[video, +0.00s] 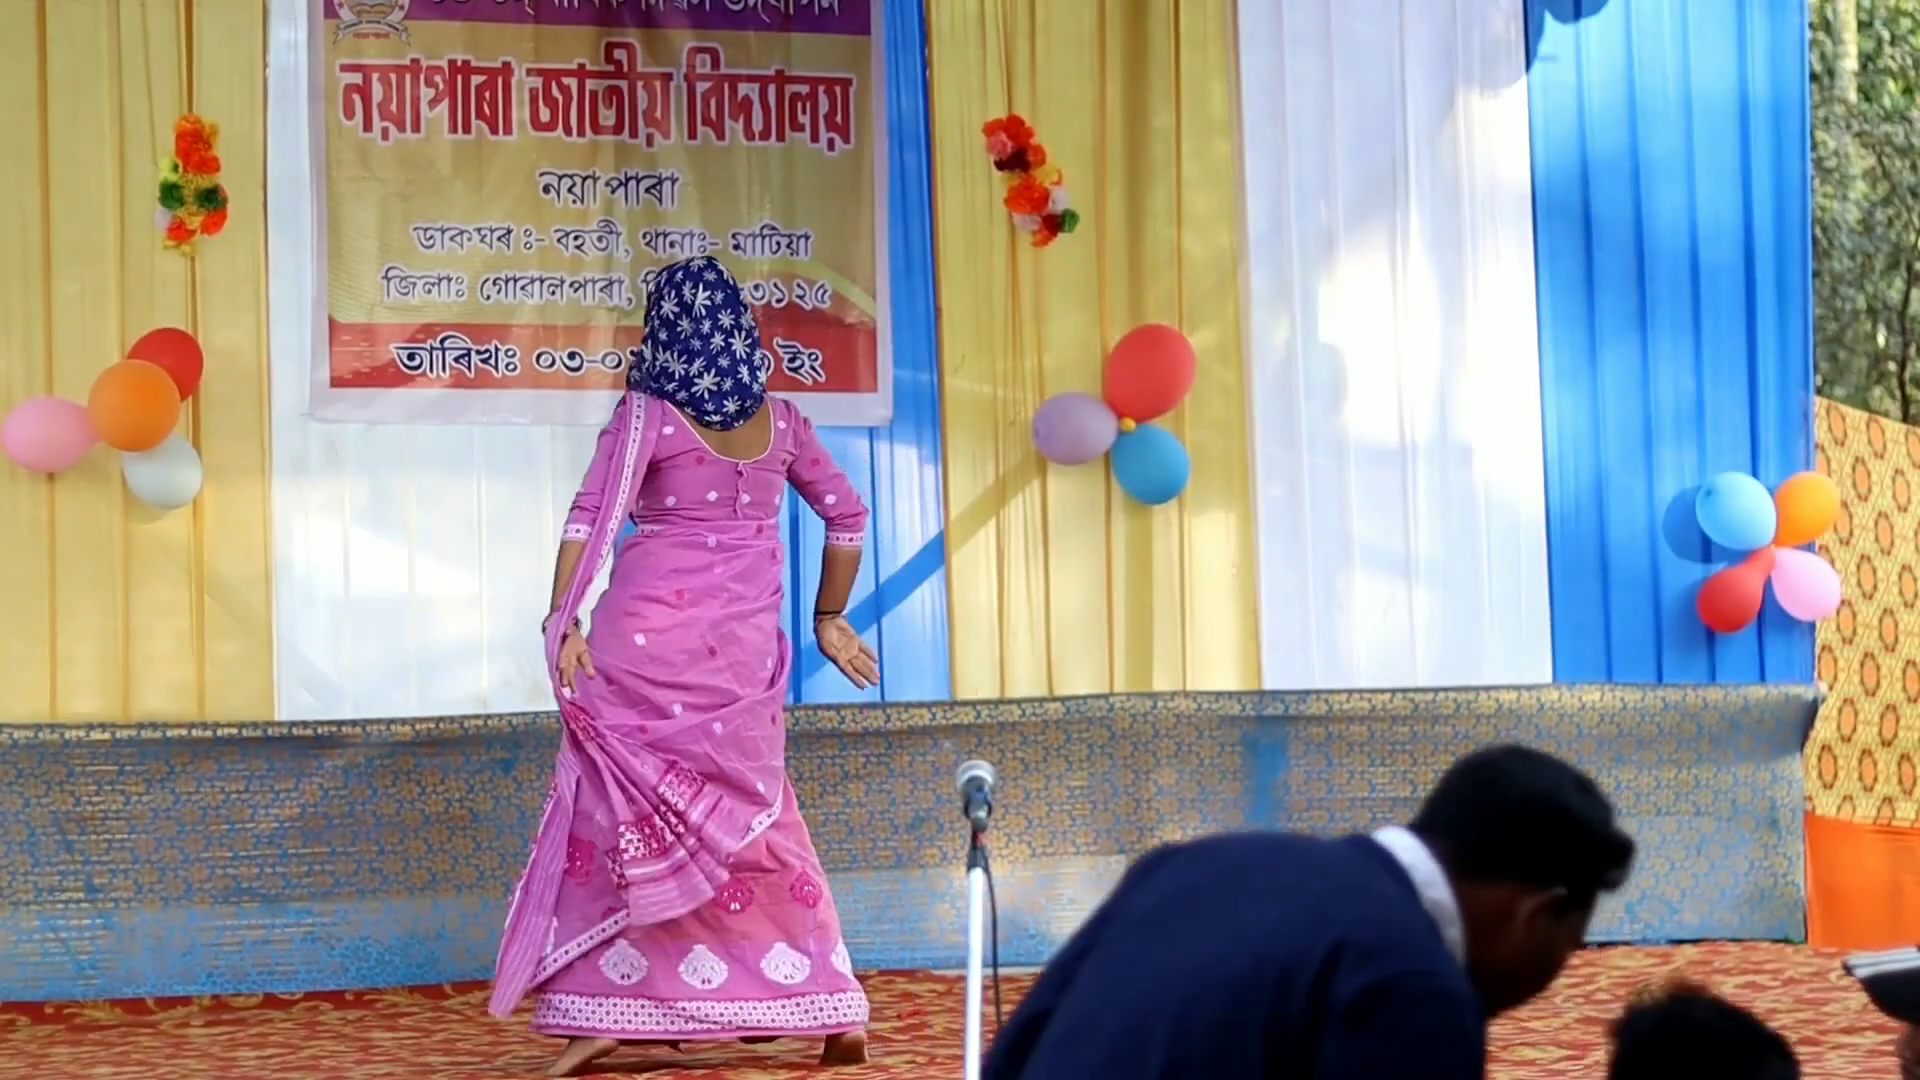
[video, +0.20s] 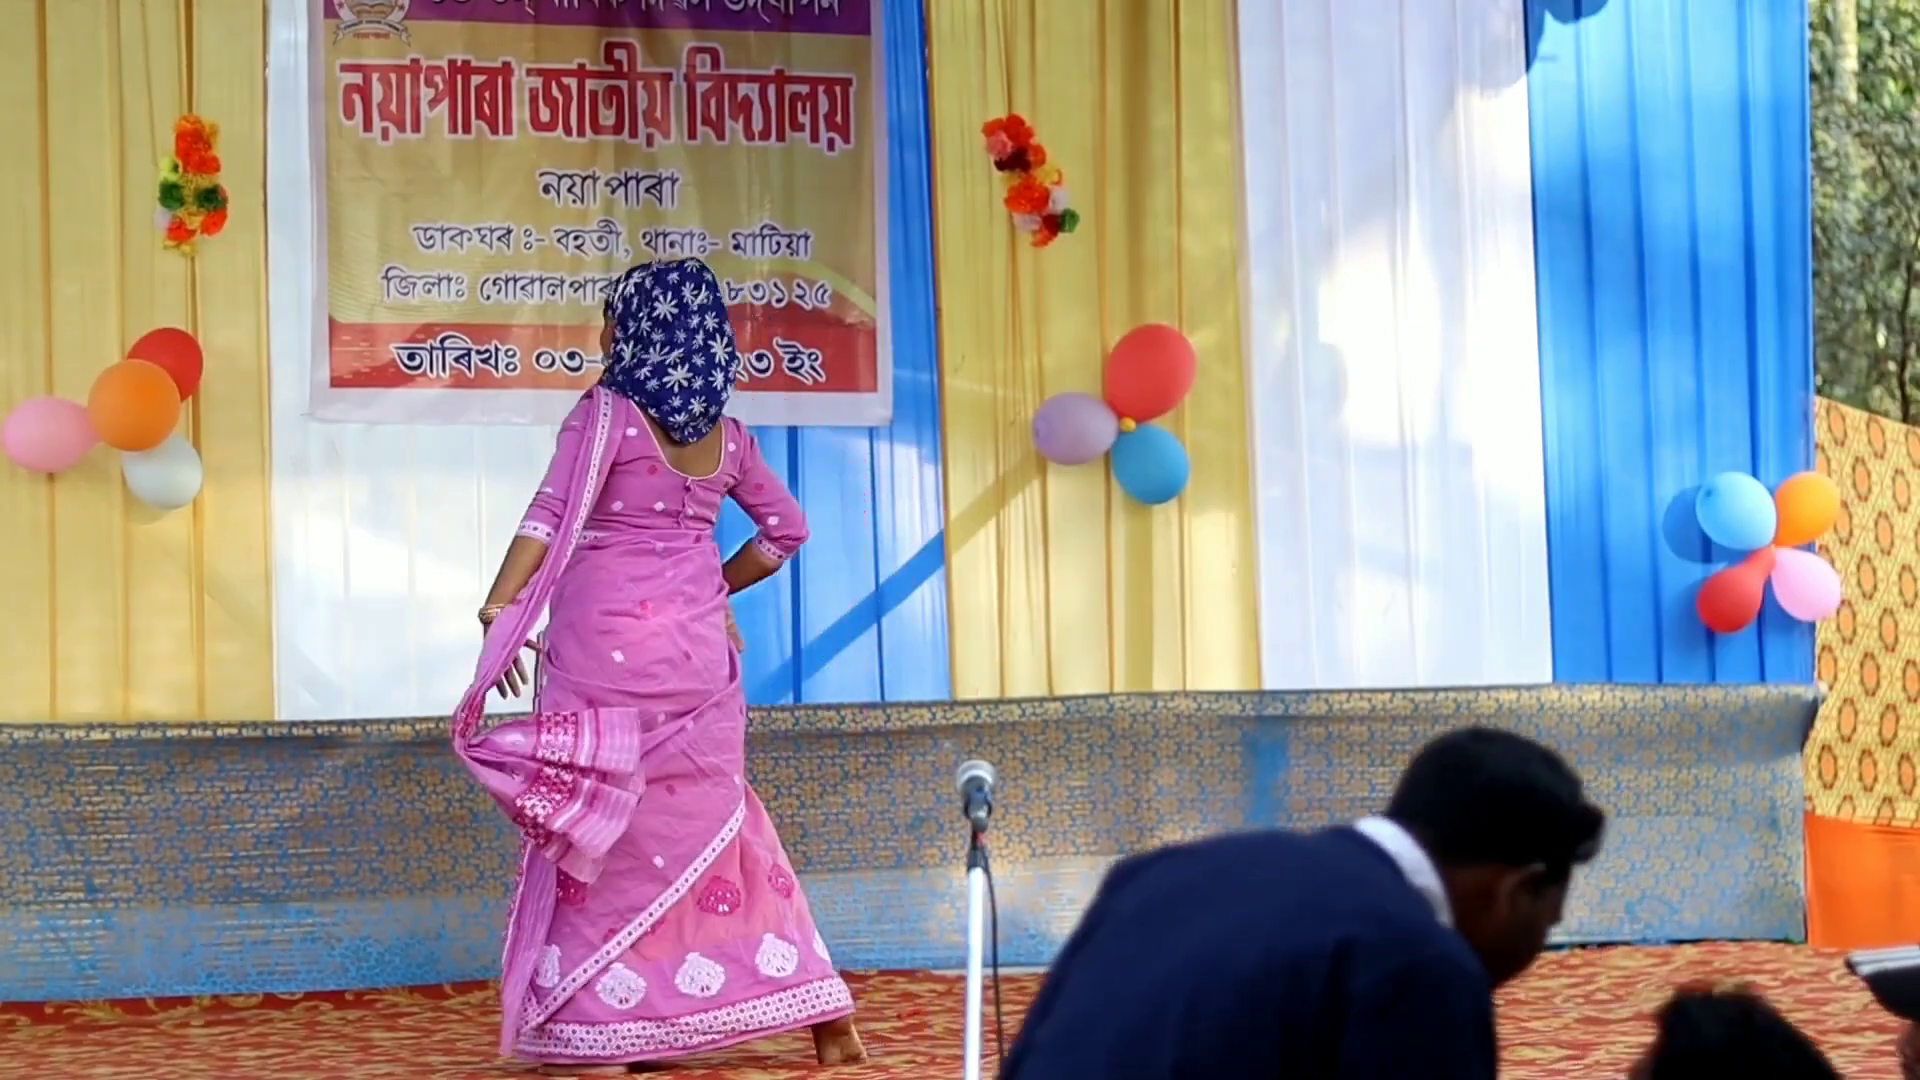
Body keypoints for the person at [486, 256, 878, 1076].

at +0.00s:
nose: (645, 340)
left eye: (651, 326)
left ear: (663, 334)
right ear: (741, 330)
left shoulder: (646, 412)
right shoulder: (779, 418)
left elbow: (593, 520)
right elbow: (847, 514)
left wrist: (564, 619)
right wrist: (831, 615)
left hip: (649, 631)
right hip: (748, 637)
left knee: (623, 804)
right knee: (768, 809)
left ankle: (610, 1007)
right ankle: (838, 1003)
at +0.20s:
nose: (605, 336)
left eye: (614, 323)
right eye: (610, 321)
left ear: (634, 332)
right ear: (707, 336)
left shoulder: (604, 412)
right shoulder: (722, 427)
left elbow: (549, 519)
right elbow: (787, 528)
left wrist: (496, 611)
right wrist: (716, 586)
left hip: (605, 650)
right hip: (702, 650)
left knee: (592, 830)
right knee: (731, 819)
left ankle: (610, 1029)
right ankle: (823, 995)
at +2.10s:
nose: (651, 345)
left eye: (646, 332)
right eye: (627, 335)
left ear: (648, 347)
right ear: (573, 363)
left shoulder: (672, 432)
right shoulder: (564, 457)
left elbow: (774, 450)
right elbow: (674, 449)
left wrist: (809, 401)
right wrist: (774, 396)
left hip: (768, 636)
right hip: (672, 668)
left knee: (861, 809)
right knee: (674, 864)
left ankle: (901, 1029)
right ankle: (640, 1052)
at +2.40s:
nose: (667, 348)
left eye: (658, 340)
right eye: (642, 344)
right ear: (599, 383)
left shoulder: (723, 442)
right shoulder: (586, 486)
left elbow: (839, 434)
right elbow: (561, 568)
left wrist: (928, 382)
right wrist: (615, 472)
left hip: (728, 687)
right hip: (623, 695)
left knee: (804, 822)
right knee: (642, 866)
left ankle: (809, 1030)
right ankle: (650, 1037)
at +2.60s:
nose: (661, 328)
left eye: (652, 317)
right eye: (638, 321)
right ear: (593, 357)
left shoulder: (705, 412)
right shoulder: (579, 447)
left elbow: (824, 417)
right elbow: (631, 479)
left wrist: (888, 355)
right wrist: (705, 406)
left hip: (761, 645)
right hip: (664, 661)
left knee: (832, 802)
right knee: (666, 843)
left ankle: (840, 1008)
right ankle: (651, 1029)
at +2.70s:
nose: (660, 333)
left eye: (653, 323)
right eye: (639, 325)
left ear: (628, 354)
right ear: (591, 357)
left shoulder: (693, 416)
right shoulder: (588, 443)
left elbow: (803, 425)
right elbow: (695, 417)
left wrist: (844, 361)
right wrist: (785, 358)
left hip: (790, 629)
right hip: (696, 649)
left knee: (849, 808)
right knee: (685, 835)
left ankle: (888, 1033)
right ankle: (644, 1045)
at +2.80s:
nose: (670, 350)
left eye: (663, 341)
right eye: (647, 343)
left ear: (631, 377)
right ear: (601, 376)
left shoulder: (702, 438)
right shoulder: (608, 472)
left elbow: (806, 424)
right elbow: (720, 441)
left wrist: (857, 353)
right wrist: (800, 348)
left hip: (804, 658)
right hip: (719, 681)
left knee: (847, 834)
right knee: (702, 869)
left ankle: (851, 1035)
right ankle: (657, 1049)